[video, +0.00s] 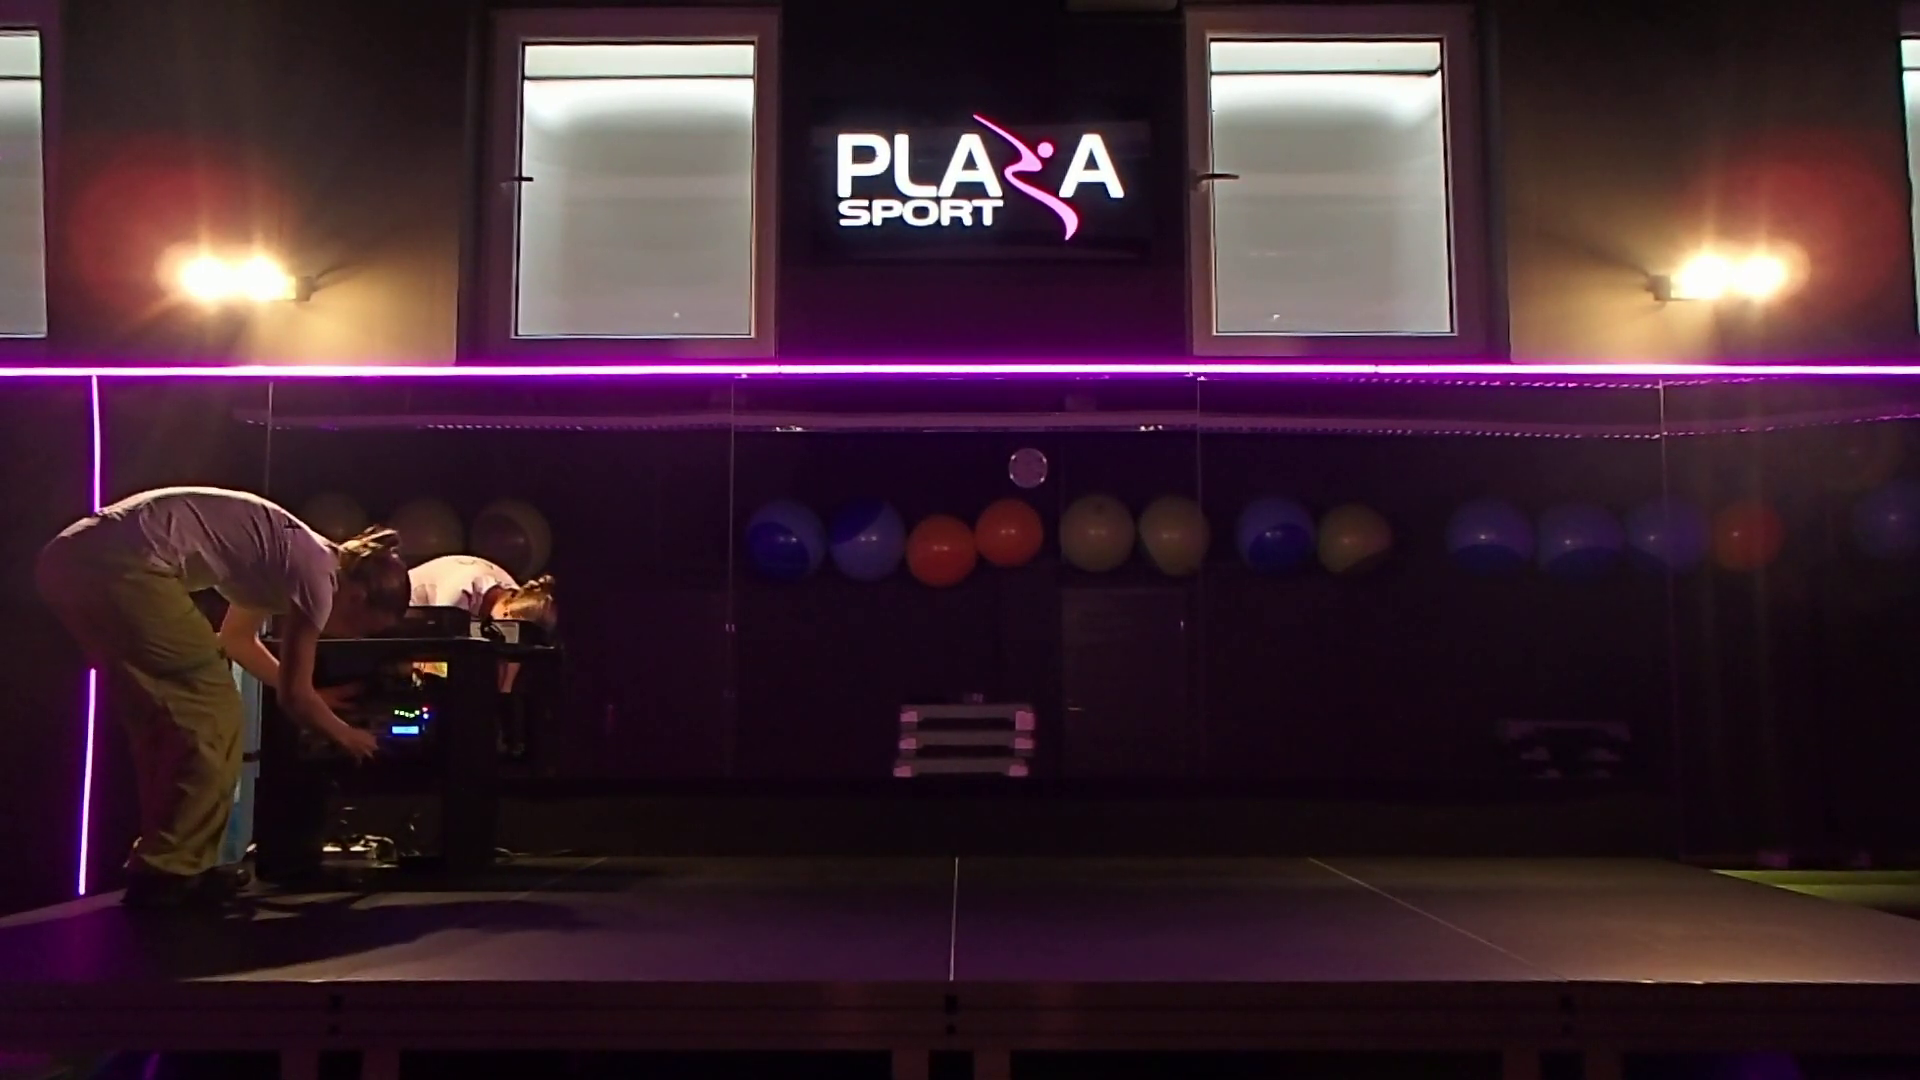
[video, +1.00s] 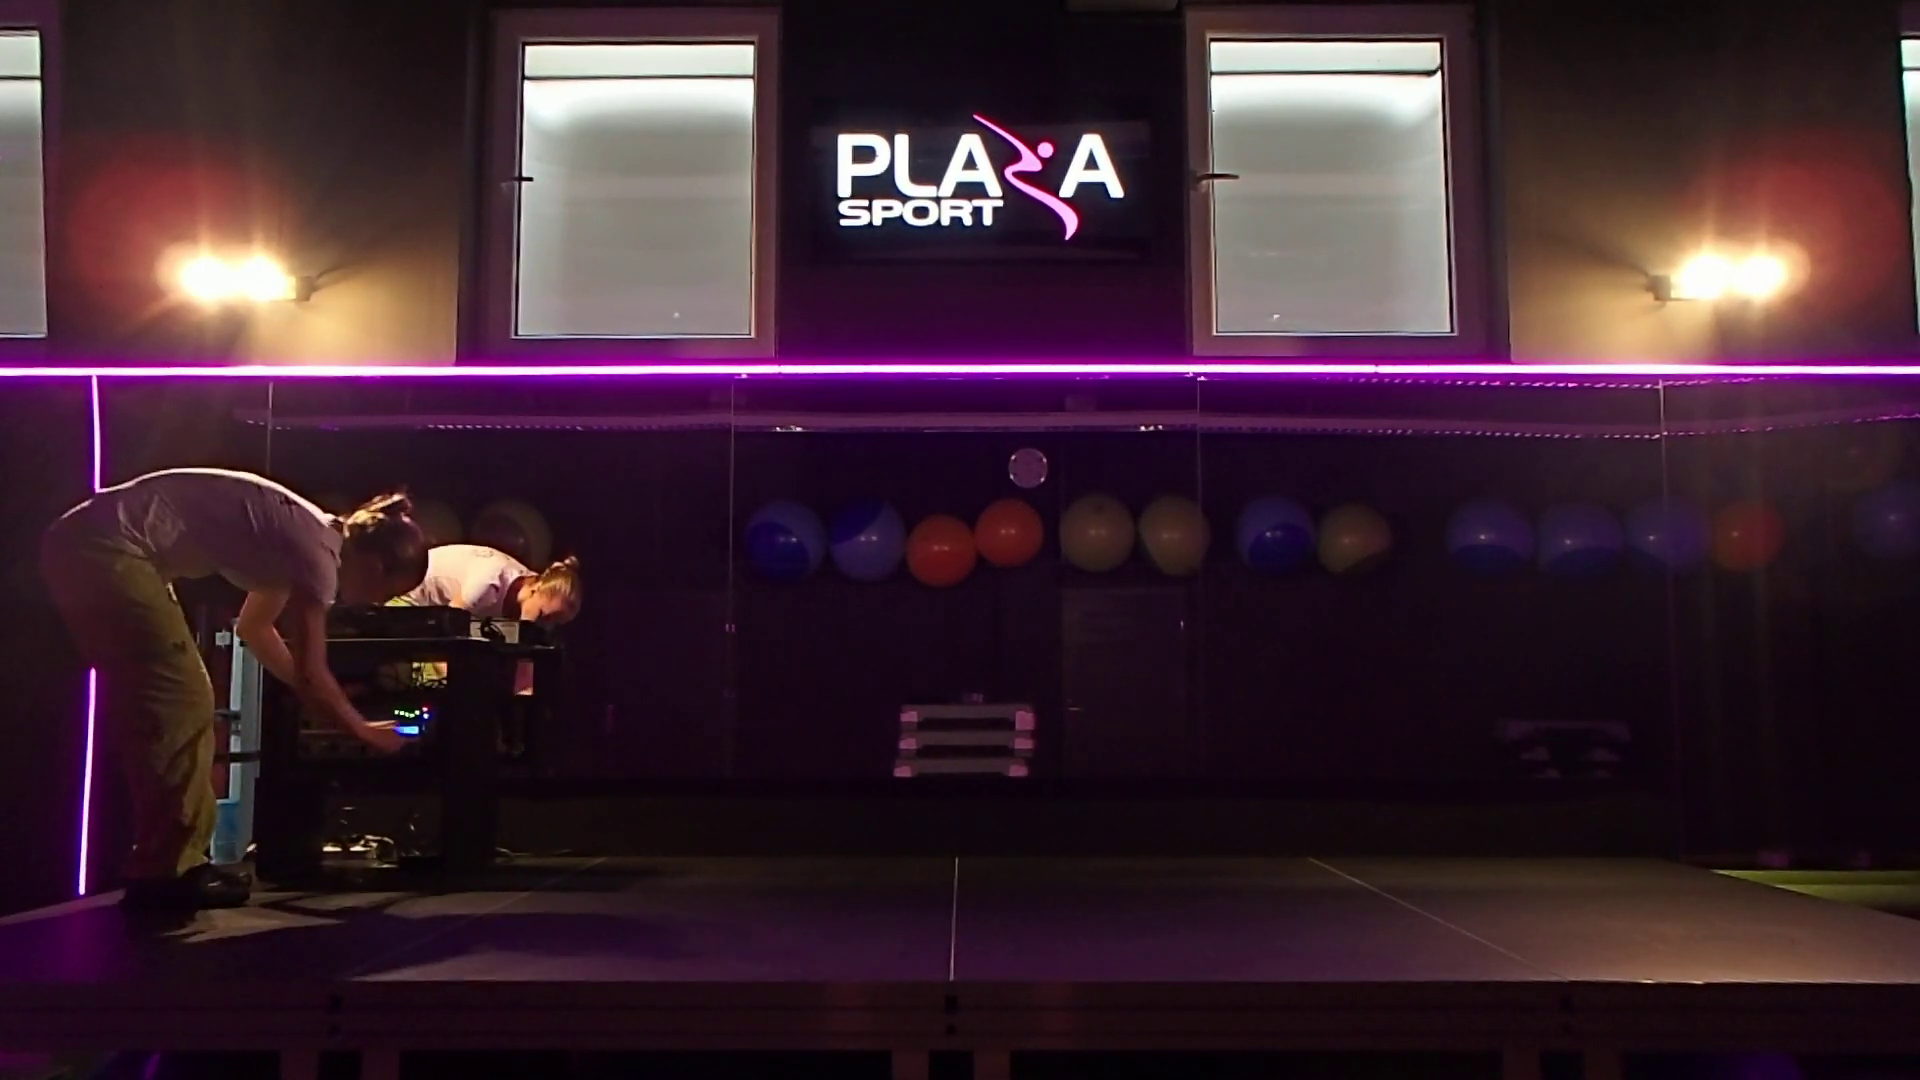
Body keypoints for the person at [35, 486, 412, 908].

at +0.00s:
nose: (354, 633)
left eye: (367, 630)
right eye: (365, 624)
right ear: (354, 592)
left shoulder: (277, 560)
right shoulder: (315, 572)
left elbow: (236, 638)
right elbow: (297, 695)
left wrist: (299, 689)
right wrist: (344, 734)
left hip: (79, 559)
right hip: (123, 563)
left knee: (161, 710)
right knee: (214, 701)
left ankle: (163, 862)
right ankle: (173, 869)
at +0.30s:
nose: (371, 595)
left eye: (382, 586)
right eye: (379, 579)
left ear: (357, 537)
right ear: (365, 551)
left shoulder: (290, 523)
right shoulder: (311, 535)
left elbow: (245, 628)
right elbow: (269, 644)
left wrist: (294, 679)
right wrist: (305, 745)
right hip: (121, 562)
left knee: (185, 720)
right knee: (202, 722)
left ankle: (175, 868)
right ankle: (167, 874)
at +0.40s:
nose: (382, 568)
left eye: (393, 560)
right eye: (390, 554)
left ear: (365, 514)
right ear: (373, 528)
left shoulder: (306, 507)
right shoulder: (308, 508)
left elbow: (256, 616)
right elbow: (248, 615)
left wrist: (308, 685)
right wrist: (255, 726)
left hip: (117, 550)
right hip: (110, 550)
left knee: (186, 695)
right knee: (187, 696)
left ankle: (184, 864)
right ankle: (166, 872)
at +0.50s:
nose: (388, 553)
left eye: (396, 544)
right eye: (394, 540)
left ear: (369, 508)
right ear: (377, 515)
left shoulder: (305, 522)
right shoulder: (299, 496)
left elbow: (265, 607)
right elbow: (225, 577)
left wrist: (311, 681)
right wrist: (206, 680)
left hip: (134, 552)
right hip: (106, 547)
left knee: (181, 697)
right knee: (162, 698)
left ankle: (189, 863)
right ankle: (161, 874)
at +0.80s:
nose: (382, 567)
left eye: (391, 561)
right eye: (389, 557)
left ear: (369, 516)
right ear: (377, 527)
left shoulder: (311, 526)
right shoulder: (299, 516)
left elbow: (266, 615)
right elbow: (237, 612)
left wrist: (316, 684)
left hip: (145, 560)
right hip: (105, 553)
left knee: (197, 708)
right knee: (172, 712)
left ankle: (187, 863)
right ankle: (156, 875)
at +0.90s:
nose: (378, 589)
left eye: (387, 582)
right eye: (385, 578)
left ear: (365, 541)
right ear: (372, 549)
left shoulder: (307, 529)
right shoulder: (306, 538)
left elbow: (260, 627)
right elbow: (271, 649)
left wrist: (315, 688)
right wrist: (311, 731)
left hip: (139, 557)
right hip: (104, 550)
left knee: (191, 701)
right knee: (172, 703)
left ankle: (182, 865)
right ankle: (163, 874)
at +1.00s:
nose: (380, 602)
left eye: (392, 596)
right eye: (389, 591)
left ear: (372, 554)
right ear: (374, 562)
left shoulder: (301, 539)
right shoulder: (317, 555)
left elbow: (254, 627)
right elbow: (314, 672)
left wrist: (309, 687)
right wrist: (361, 727)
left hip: (111, 547)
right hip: (108, 550)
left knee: (181, 696)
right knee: (182, 697)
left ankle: (177, 868)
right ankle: (168, 874)